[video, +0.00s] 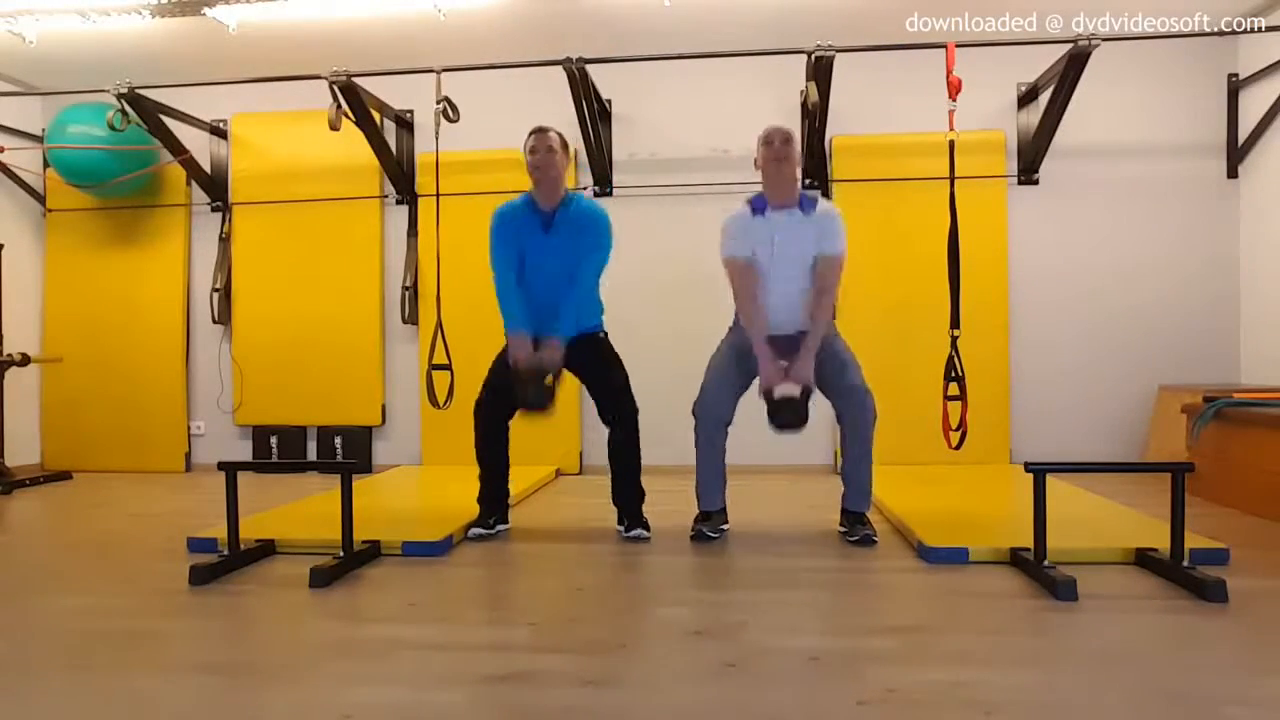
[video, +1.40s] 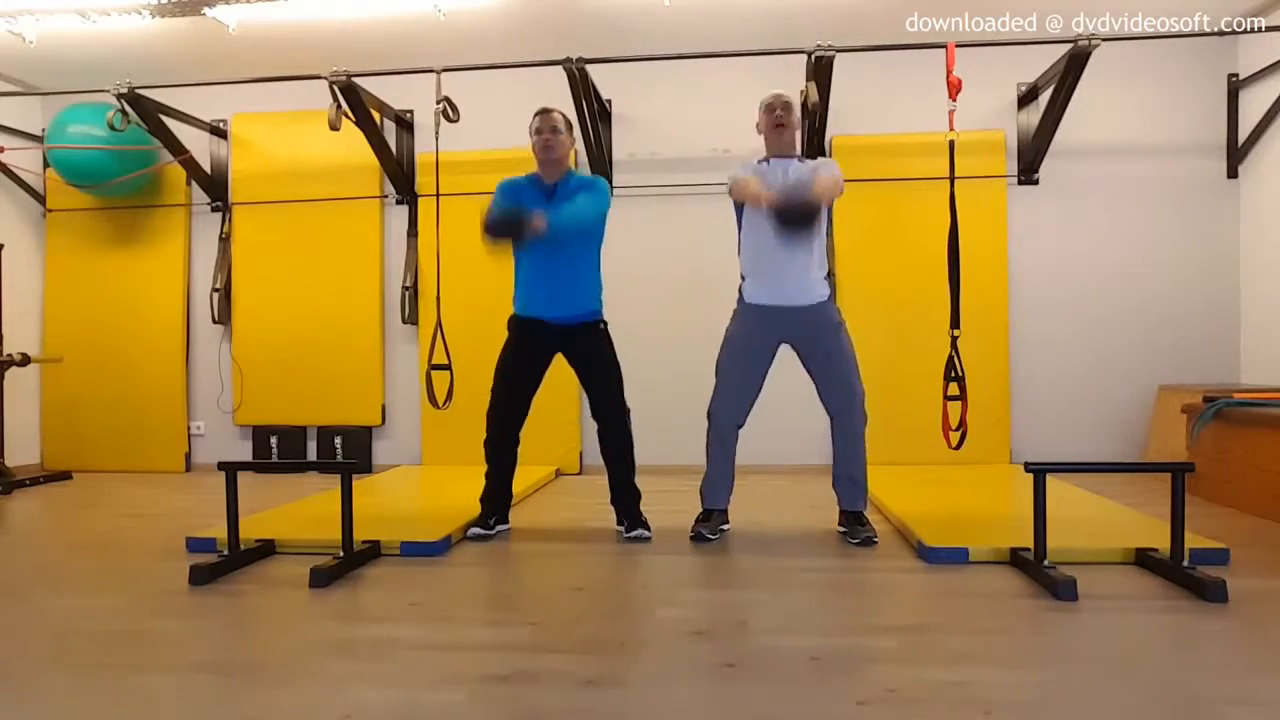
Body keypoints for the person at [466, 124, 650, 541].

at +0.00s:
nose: (543, 156)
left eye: (551, 150)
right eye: (536, 151)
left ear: (567, 161)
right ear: (525, 164)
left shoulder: (593, 218)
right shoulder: (507, 217)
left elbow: (585, 284)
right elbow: (505, 281)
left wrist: (560, 338)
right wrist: (517, 335)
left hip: (581, 335)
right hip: (525, 336)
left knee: (622, 410)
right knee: (489, 411)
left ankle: (631, 514)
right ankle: (493, 512)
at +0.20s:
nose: (520, 207)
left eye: (530, 199)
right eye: (514, 199)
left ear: (552, 205)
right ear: (508, 208)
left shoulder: (587, 258)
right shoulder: (496, 263)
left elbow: (591, 335)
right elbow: (511, 339)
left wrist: (571, 394)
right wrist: (542, 400)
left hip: (584, 359)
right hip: (527, 362)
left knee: (633, 412)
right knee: (478, 413)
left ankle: (632, 515)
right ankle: (493, 514)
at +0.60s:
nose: (529, 145)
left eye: (539, 138)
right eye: (522, 139)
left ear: (556, 149)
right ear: (514, 151)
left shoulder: (585, 209)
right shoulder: (496, 211)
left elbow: (580, 282)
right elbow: (500, 282)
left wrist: (559, 342)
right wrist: (517, 341)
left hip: (574, 329)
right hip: (518, 330)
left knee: (610, 412)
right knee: (484, 411)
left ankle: (630, 515)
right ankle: (491, 513)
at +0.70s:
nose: (534, 131)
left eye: (543, 125)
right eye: (528, 126)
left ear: (562, 135)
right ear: (519, 138)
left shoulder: (586, 188)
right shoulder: (499, 189)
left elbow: (574, 238)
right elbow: (493, 236)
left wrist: (545, 275)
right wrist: (507, 276)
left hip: (570, 318)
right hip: (516, 316)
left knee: (601, 414)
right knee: (493, 414)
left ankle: (629, 515)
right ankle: (491, 513)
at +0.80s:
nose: (538, 135)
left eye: (547, 129)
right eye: (532, 130)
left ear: (565, 141)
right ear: (523, 142)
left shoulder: (586, 183)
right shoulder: (505, 184)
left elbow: (569, 204)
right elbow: (495, 211)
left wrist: (521, 221)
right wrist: (506, 226)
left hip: (568, 316)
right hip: (516, 314)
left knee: (598, 417)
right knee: (499, 416)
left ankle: (628, 515)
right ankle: (491, 514)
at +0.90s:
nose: (541, 136)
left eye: (550, 131)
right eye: (534, 131)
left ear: (566, 143)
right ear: (525, 143)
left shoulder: (586, 179)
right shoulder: (512, 182)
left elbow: (585, 185)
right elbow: (495, 195)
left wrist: (539, 164)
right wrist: (496, 165)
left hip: (569, 314)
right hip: (516, 312)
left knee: (597, 416)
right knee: (501, 415)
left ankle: (628, 515)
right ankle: (492, 514)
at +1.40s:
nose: (547, 137)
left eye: (555, 131)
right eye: (540, 132)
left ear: (571, 142)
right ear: (530, 143)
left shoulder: (593, 188)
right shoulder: (514, 190)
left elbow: (583, 218)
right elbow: (494, 229)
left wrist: (541, 224)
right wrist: (510, 222)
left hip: (585, 326)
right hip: (530, 326)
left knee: (614, 417)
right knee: (502, 419)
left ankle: (629, 514)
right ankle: (494, 514)